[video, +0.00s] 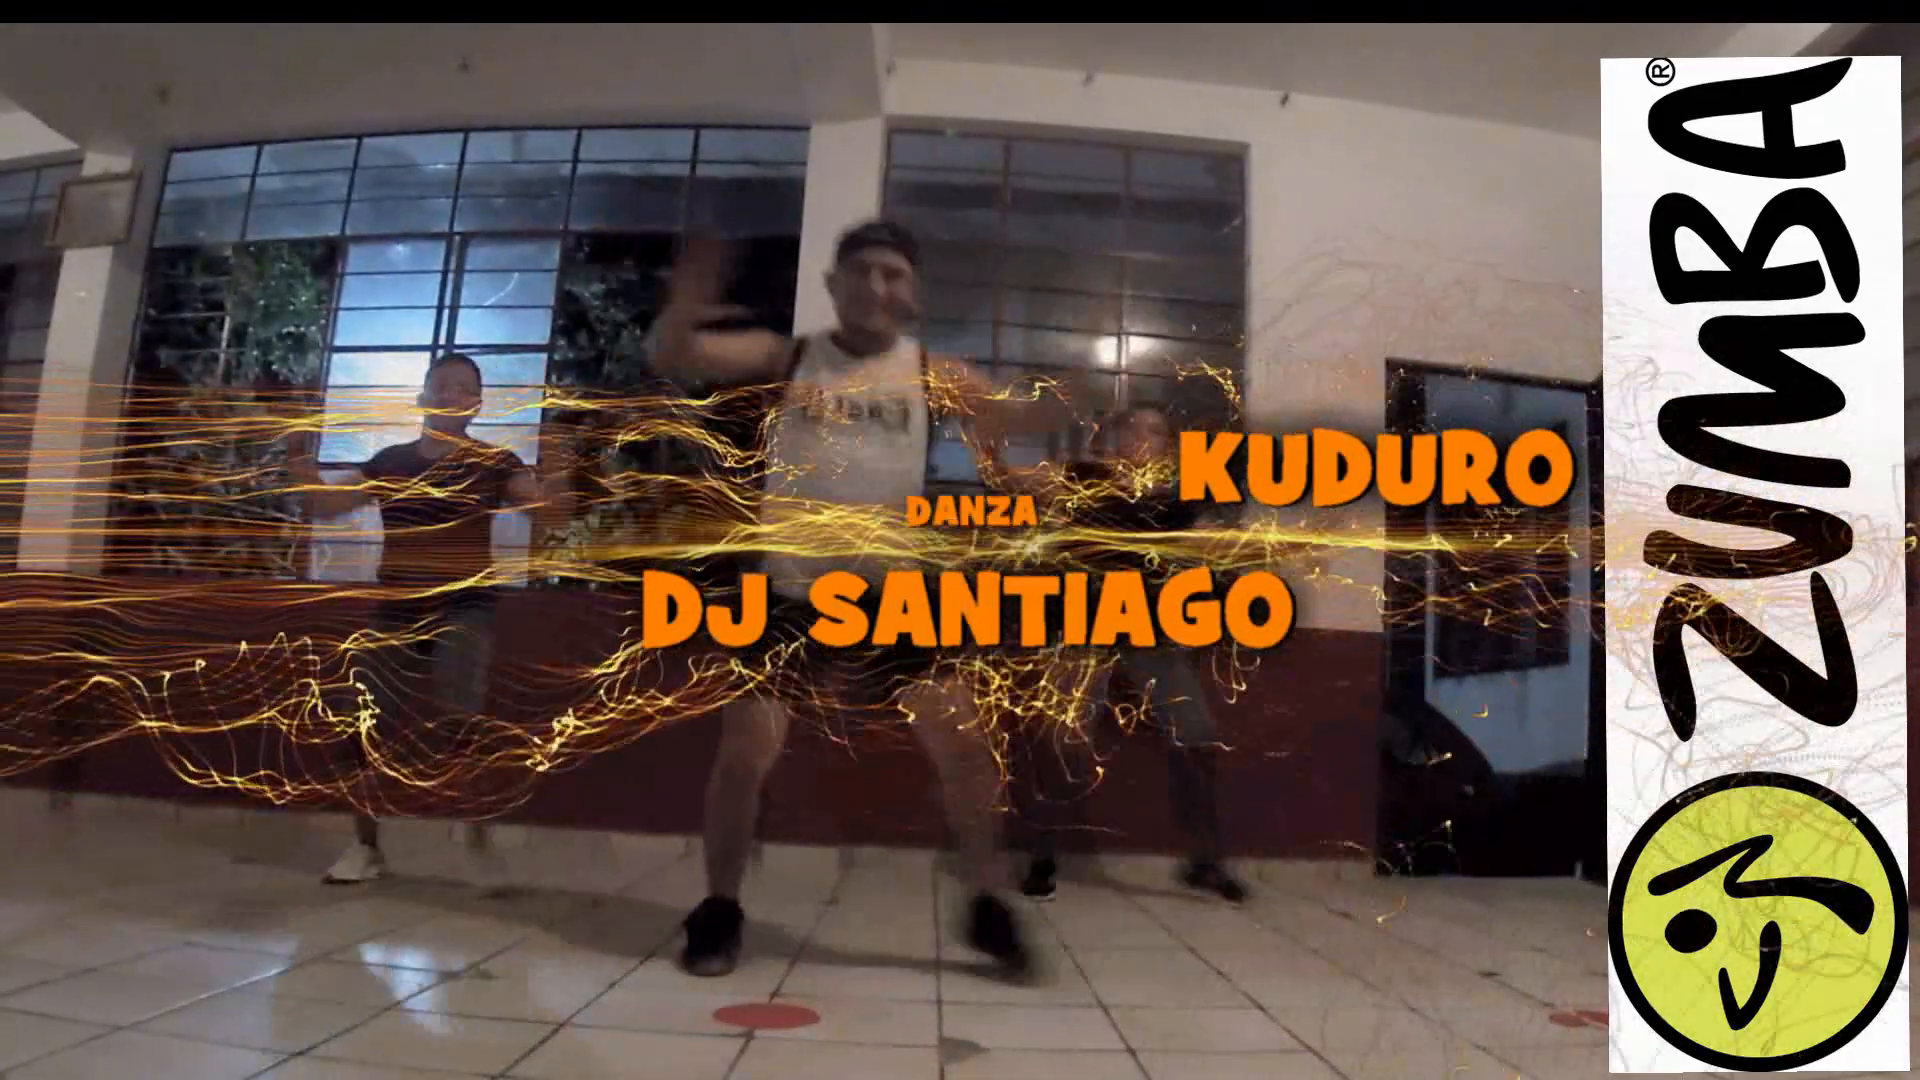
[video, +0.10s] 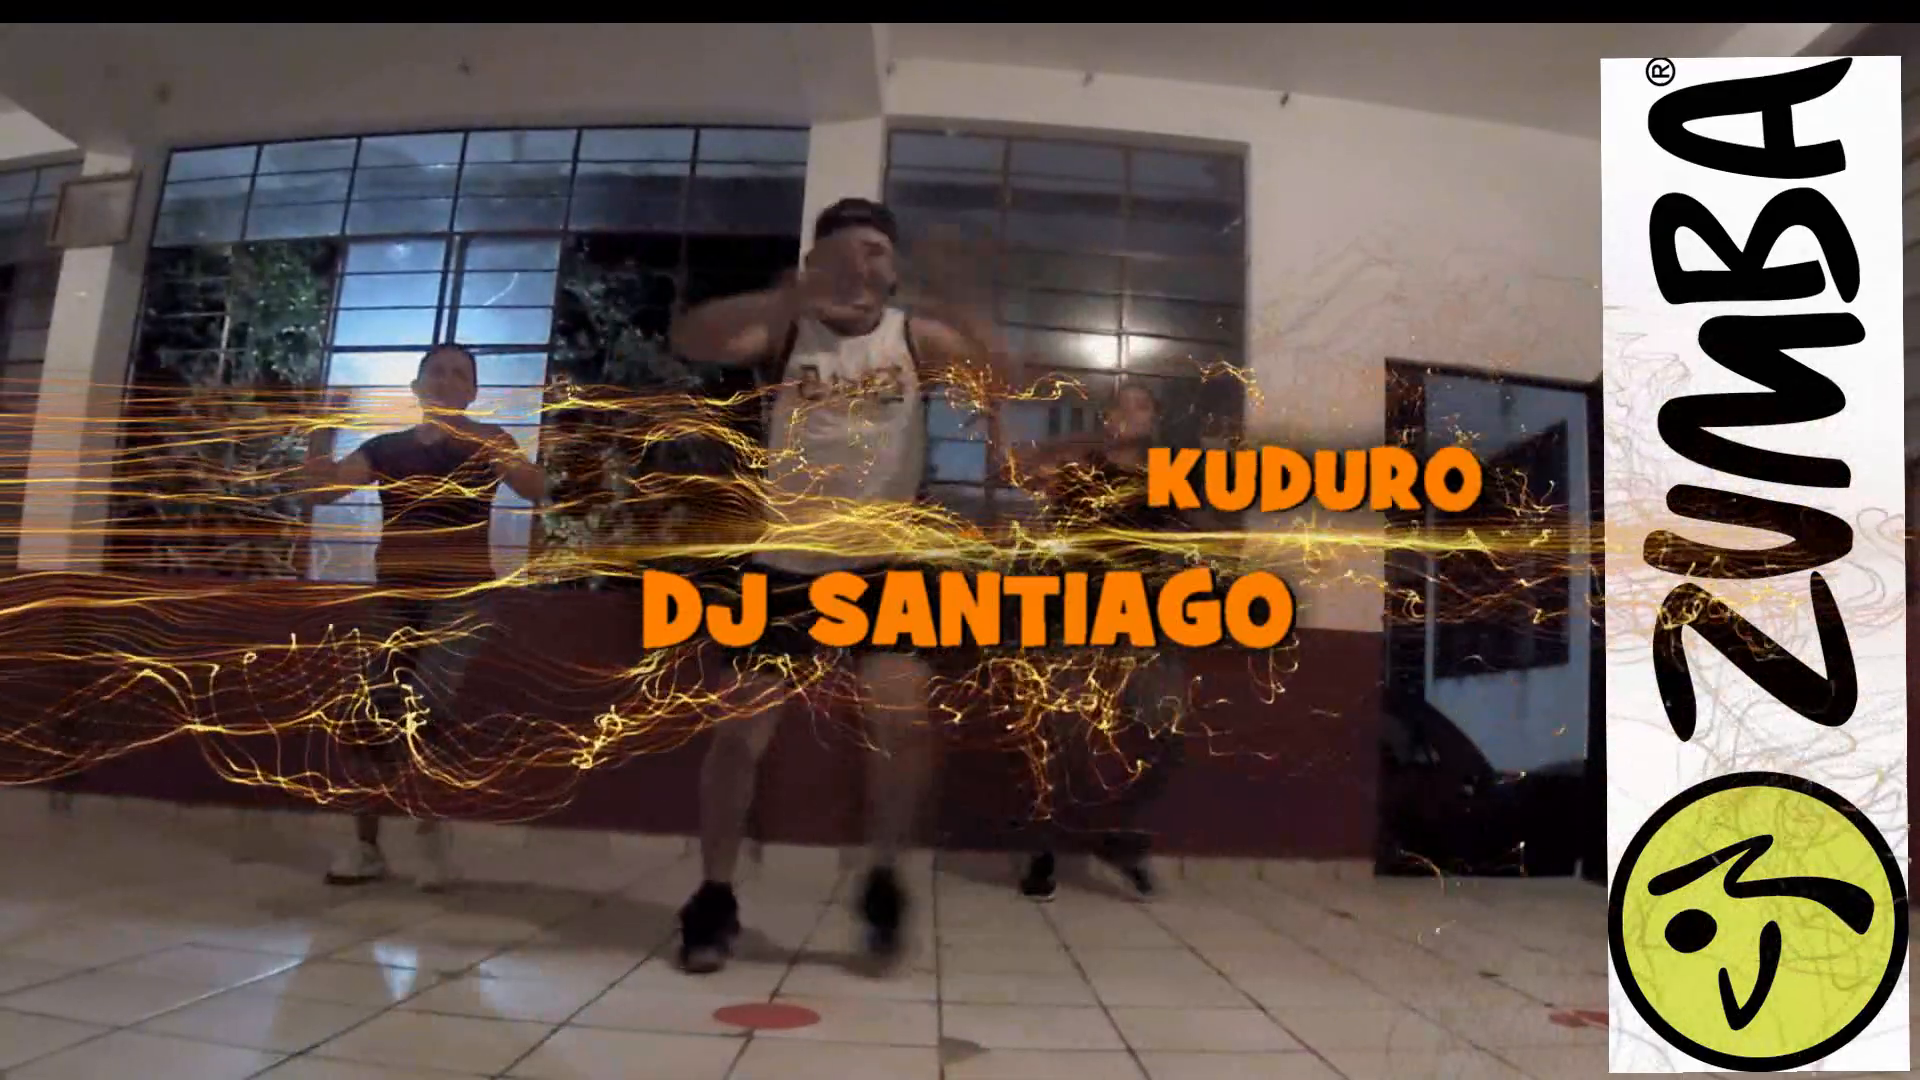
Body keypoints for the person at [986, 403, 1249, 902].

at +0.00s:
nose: (1146, 446)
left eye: (1155, 437)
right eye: (1137, 435)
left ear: (1169, 445)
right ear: (1115, 439)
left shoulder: (1177, 499)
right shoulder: (1087, 486)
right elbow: (1005, 480)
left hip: (1156, 631)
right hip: (1088, 629)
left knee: (1195, 735)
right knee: (1062, 737)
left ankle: (1204, 858)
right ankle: (1043, 853)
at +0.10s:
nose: (1133, 418)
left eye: (1141, 410)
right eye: (1125, 409)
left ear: (1153, 418)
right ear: (1108, 417)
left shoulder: (1166, 476)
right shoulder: (1079, 470)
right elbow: (1010, 468)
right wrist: (994, 412)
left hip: (1148, 620)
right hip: (1080, 619)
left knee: (1163, 737)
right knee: (1062, 736)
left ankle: (1129, 837)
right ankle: (1045, 850)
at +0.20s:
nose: (1124, 416)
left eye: (1133, 408)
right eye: (1116, 406)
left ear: (1148, 417)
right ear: (1101, 413)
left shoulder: (1161, 472)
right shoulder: (1078, 463)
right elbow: (1036, 470)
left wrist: (1152, 451)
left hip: (1127, 618)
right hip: (1067, 611)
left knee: (1114, 731)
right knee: (1054, 729)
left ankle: (1091, 839)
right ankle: (1032, 845)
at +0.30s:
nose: (1116, 414)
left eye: (1123, 405)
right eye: (1107, 406)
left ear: (1135, 414)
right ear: (1091, 417)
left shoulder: (1151, 470)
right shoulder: (1068, 473)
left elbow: (1205, 523)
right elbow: (1043, 523)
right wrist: (1061, 506)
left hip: (1120, 622)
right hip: (1058, 619)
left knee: (1102, 738)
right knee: (1044, 732)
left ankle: (1080, 848)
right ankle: (1023, 852)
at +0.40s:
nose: (1111, 446)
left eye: (1120, 435)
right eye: (1102, 435)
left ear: (1136, 444)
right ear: (1082, 445)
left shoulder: (1158, 509)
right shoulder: (1057, 507)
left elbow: (1181, 583)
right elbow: (1030, 582)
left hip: (1138, 645)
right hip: (1067, 643)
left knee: (1158, 731)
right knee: (1047, 731)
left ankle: (1121, 849)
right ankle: (1026, 851)